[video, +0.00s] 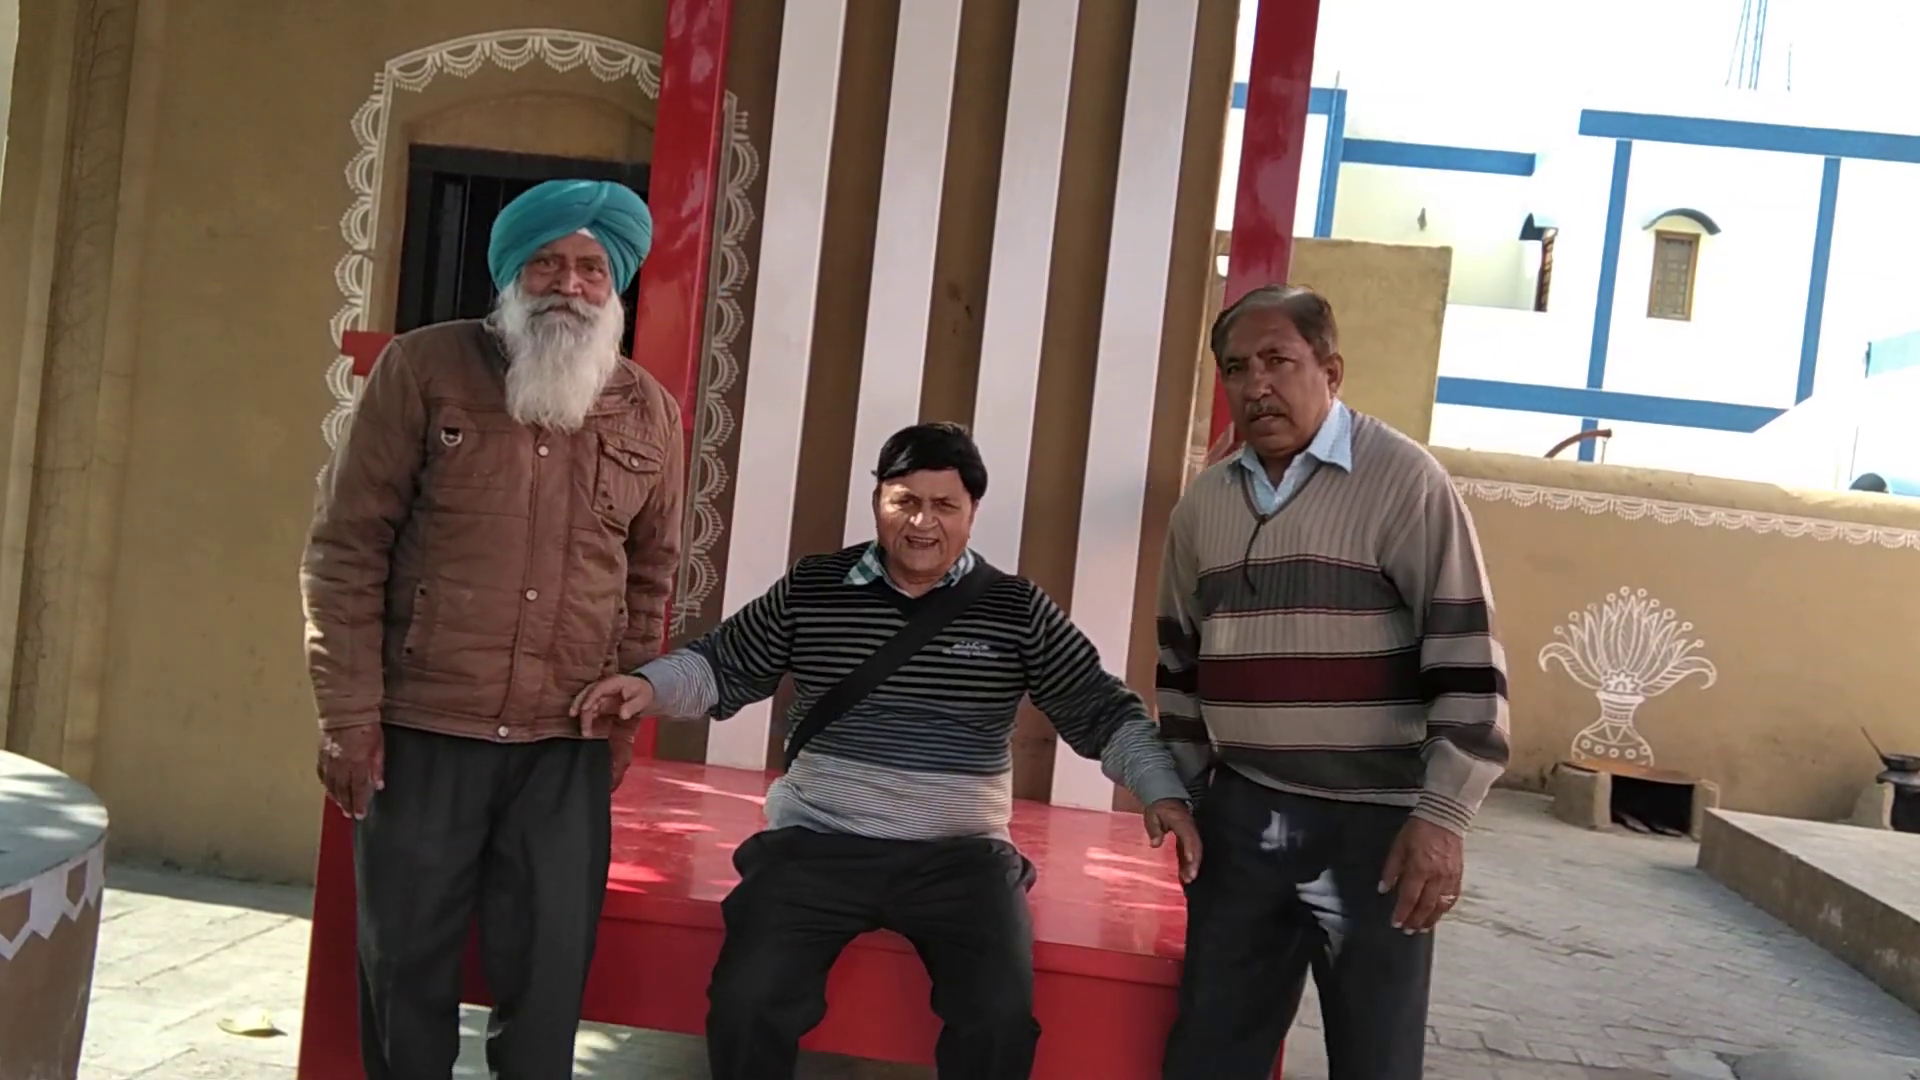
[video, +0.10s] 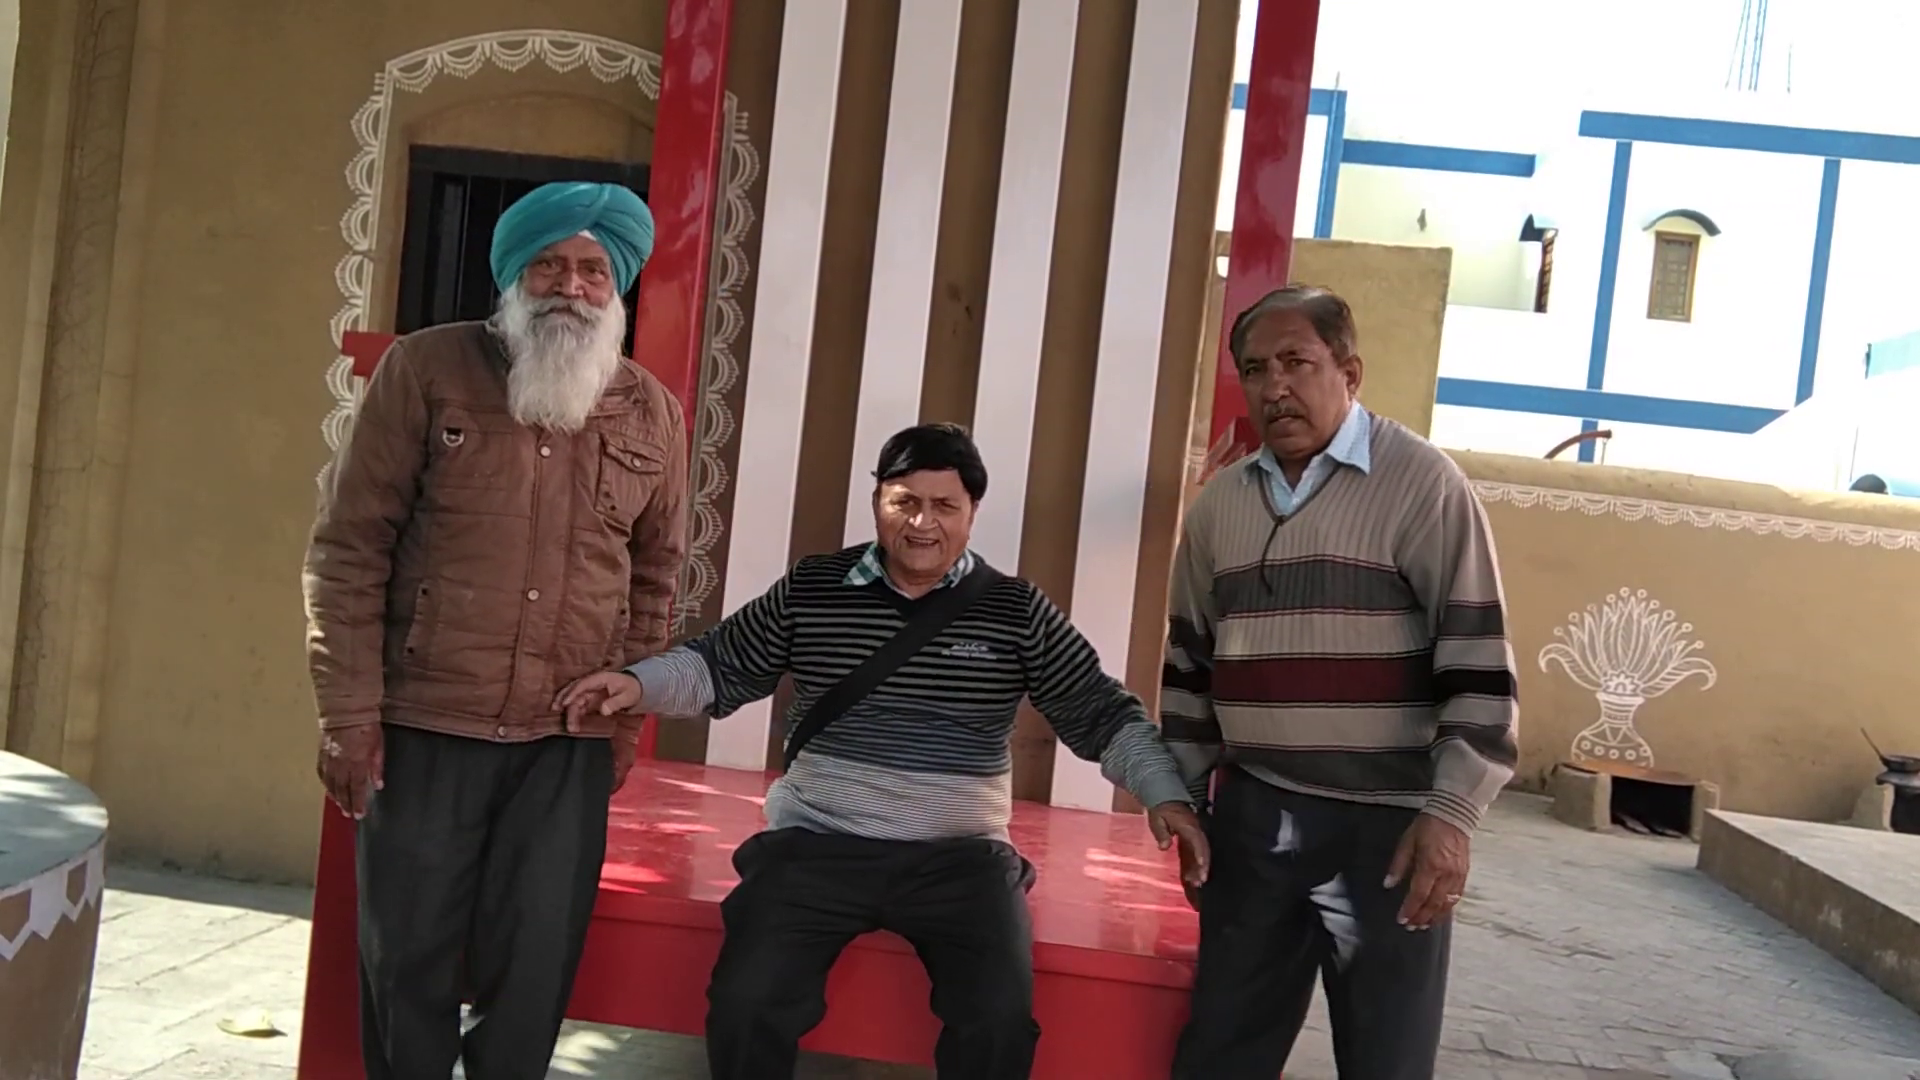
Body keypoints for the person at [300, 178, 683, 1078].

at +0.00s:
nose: (573, 282)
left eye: (594, 267)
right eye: (552, 262)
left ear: (619, 289)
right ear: (512, 273)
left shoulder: (648, 412)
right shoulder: (425, 366)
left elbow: (651, 582)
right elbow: (349, 546)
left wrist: (628, 695)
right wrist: (350, 715)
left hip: (567, 756)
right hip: (425, 746)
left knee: (544, 1009)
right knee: (404, 996)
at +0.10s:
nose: (574, 284)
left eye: (596, 268)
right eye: (553, 263)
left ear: (621, 289)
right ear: (514, 274)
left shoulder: (650, 413)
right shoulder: (427, 367)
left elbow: (655, 581)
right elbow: (351, 548)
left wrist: (632, 704)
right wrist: (350, 713)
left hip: (567, 754)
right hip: (427, 743)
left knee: (527, 1006)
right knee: (405, 991)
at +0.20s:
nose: (579, 285)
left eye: (601, 270)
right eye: (558, 265)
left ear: (627, 290)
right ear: (522, 276)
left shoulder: (657, 414)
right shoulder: (434, 369)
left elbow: (661, 580)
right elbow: (359, 547)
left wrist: (632, 710)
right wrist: (353, 712)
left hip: (568, 751)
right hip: (431, 740)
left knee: (518, 1002)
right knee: (411, 993)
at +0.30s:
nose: (590, 285)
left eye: (612, 271)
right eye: (570, 265)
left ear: (636, 294)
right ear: (532, 276)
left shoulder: (665, 417)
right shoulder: (443, 366)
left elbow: (666, 585)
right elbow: (363, 542)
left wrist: (630, 722)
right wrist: (358, 709)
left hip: (572, 753)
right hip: (435, 741)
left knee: (523, 1005)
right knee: (416, 996)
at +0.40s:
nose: (598, 287)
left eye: (621, 273)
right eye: (578, 266)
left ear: (646, 296)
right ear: (541, 277)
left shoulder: (673, 421)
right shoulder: (452, 366)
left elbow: (672, 586)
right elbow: (371, 540)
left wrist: (631, 722)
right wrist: (360, 705)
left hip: (572, 752)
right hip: (434, 737)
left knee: (527, 1002)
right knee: (411, 994)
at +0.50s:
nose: (605, 290)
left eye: (629, 276)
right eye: (587, 268)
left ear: (654, 300)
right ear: (549, 278)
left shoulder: (678, 421)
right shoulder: (458, 366)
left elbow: (677, 584)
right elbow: (374, 536)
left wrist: (637, 718)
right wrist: (361, 699)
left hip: (574, 744)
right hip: (432, 727)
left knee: (529, 987)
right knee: (402, 969)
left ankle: (499, 1074)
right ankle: (400, 1073)